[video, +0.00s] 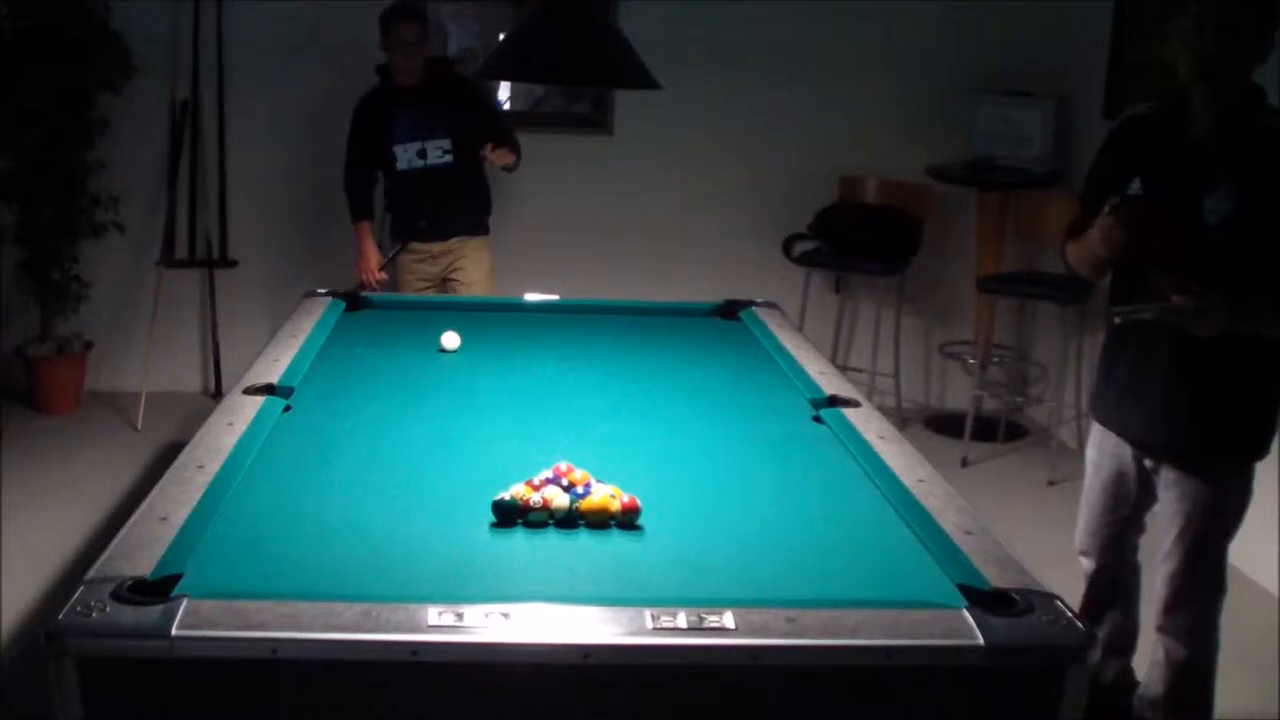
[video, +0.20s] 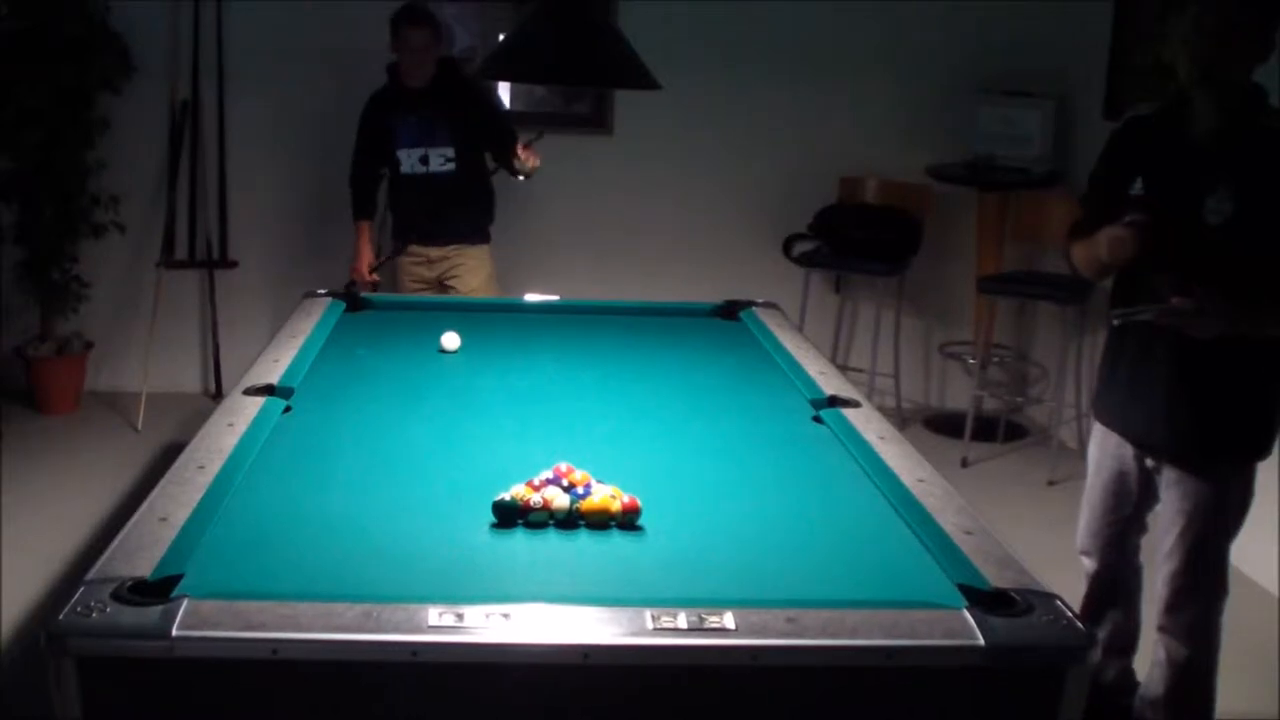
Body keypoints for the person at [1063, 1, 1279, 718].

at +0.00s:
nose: (1203, 56)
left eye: (1221, 38)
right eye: (1193, 36)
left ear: (1253, 47)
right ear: (1172, 45)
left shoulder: (1272, 148)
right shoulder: (1141, 133)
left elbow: (1274, 288)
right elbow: (1078, 257)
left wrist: (1216, 302)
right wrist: (1099, 242)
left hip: (1224, 397)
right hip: (1129, 379)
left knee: (1183, 597)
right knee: (1099, 557)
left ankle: (1171, 710)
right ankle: (1099, 692)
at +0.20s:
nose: (1201, 54)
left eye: (1218, 36)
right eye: (1192, 35)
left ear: (1252, 46)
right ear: (1173, 44)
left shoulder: (1273, 147)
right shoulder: (1141, 134)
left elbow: (1279, 287)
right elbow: (1080, 258)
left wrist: (1220, 308)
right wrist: (1108, 245)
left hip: (1223, 403)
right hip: (1129, 387)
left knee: (1183, 599)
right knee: (1100, 565)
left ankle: (1169, 711)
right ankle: (1098, 698)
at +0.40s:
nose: (1197, 50)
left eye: (1214, 31)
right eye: (1189, 31)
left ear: (1251, 44)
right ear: (1173, 42)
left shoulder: (1274, 147)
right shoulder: (1145, 135)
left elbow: (1278, 286)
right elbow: (1083, 258)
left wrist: (1220, 304)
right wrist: (1108, 245)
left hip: (1224, 403)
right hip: (1132, 386)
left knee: (1185, 596)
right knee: (1102, 563)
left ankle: (1172, 710)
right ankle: (1100, 697)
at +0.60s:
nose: (1183, 59)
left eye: (1201, 40)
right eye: (1179, 39)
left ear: (1238, 47)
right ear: (1169, 46)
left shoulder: (1267, 148)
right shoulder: (1156, 135)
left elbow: (1260, 292)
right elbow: (1107, 258)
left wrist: (1163, 278)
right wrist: (1101, 244)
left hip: (1219, 412)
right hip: (1132, 393)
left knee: (1187, 600)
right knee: (1100, 560)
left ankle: (1174, 709)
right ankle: (1101, 692)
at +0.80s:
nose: (1156, 70)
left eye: (1171, 52)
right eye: (1156, 52)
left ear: (1214, 52)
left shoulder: (1262, 149)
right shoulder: (1169, 134)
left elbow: (1248, 292)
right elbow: (1156, 255)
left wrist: (1130, 270)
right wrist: (1102, 247)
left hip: (1210, 414)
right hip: (1136, 392)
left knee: (1187, 595)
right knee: (1097, 548)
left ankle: (1177, 712)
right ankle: (1105, 690)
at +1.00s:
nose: (1133, 70)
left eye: (1146, 51)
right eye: (1134, 51)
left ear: (1192, 56)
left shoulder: (1252, 152)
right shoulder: (1172, 139)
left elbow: (1239, 295)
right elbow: (1158, 256)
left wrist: (1109, 274)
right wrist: (1089, 248)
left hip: (1196, 408)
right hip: (1135, 389)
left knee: (1185, 588)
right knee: (1109, 548)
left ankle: (1177, 708)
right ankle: (1098, 675)